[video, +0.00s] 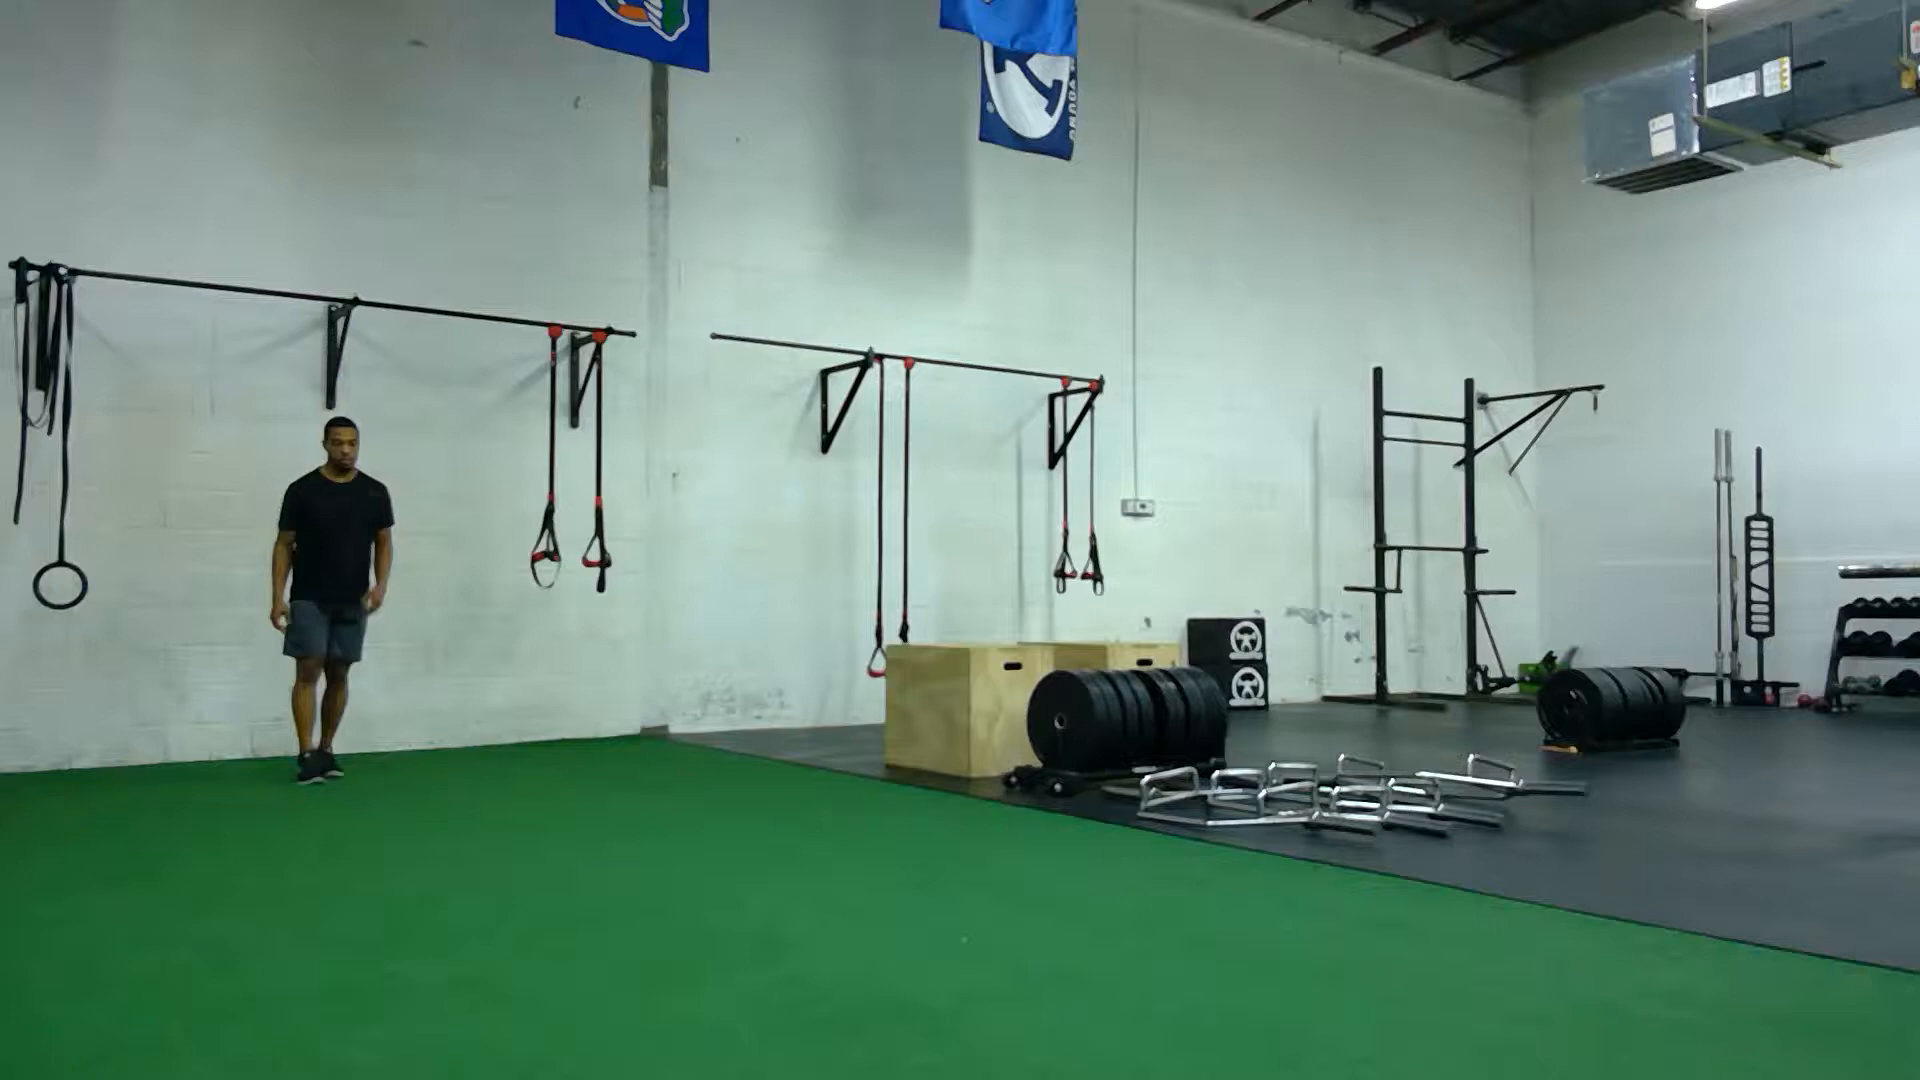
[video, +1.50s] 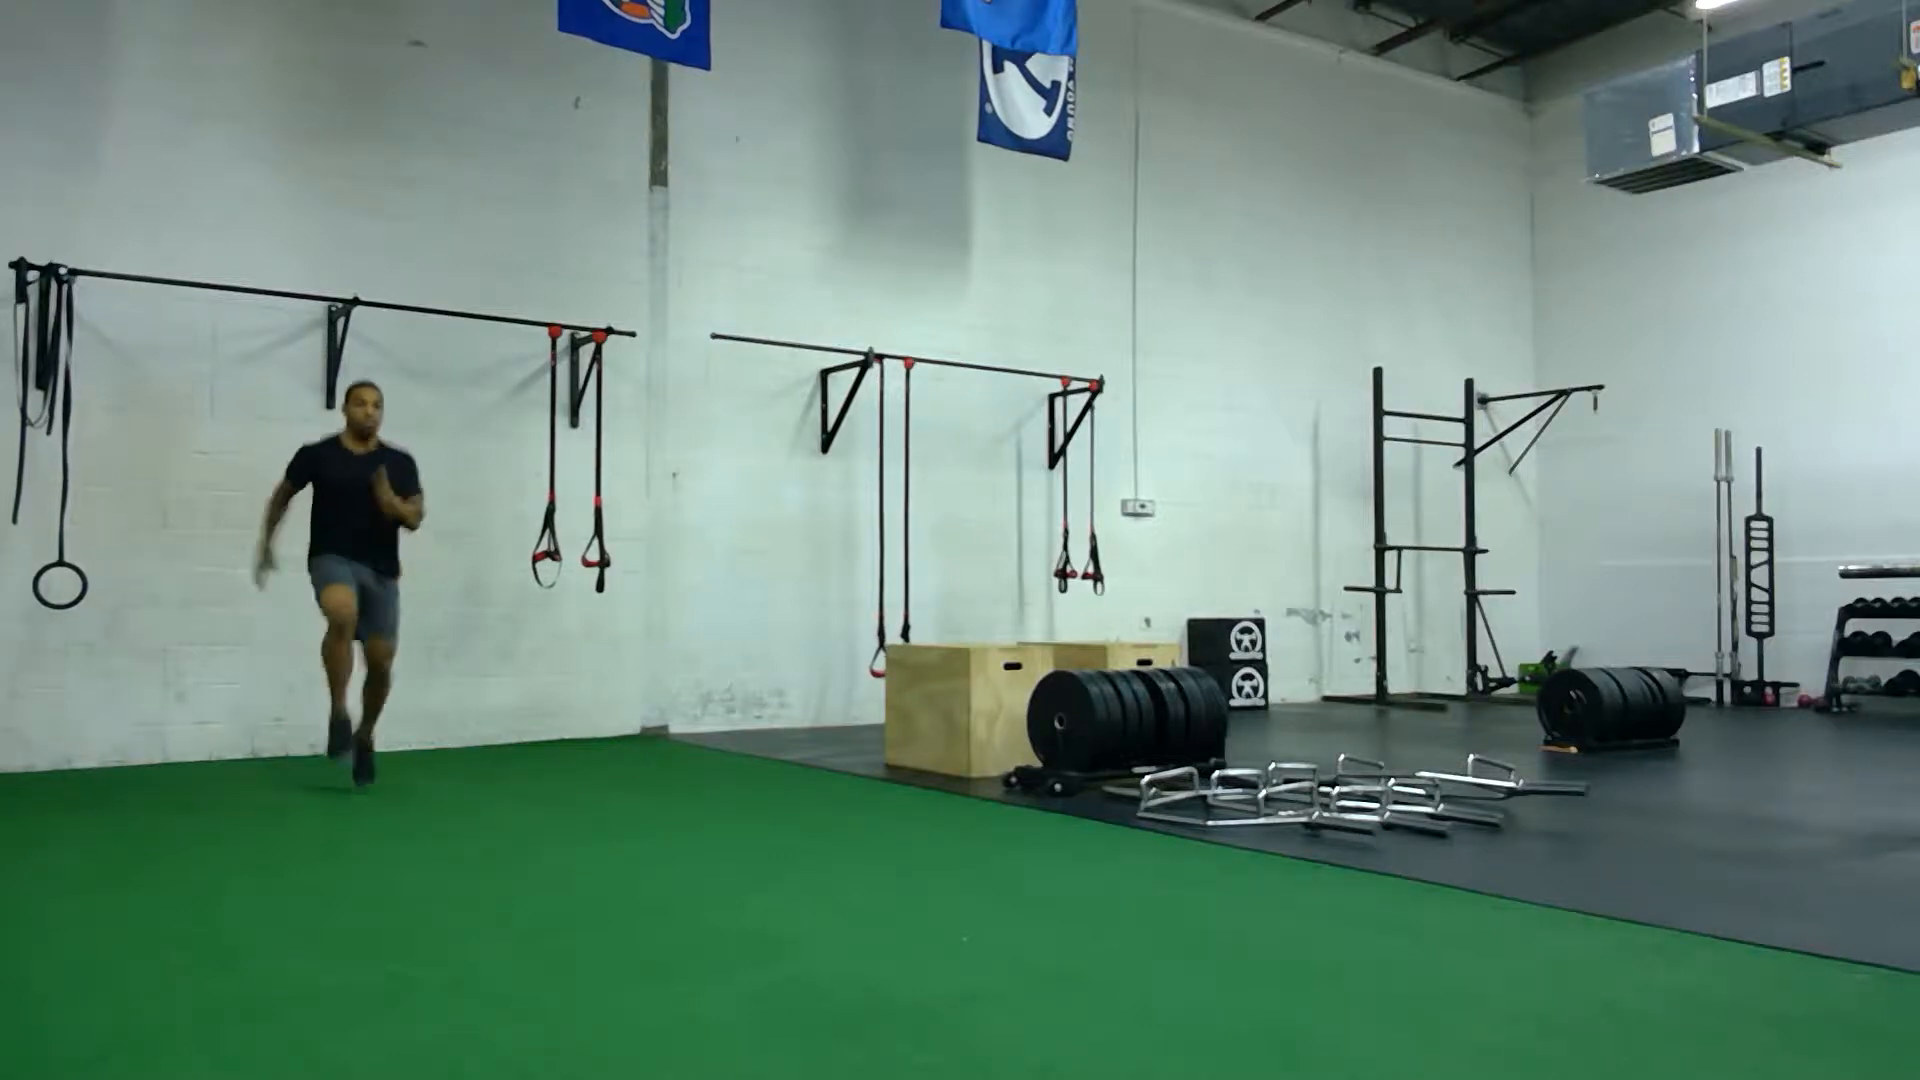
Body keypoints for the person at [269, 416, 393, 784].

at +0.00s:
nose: (345, 450)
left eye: (351, 443)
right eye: (338, 443)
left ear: (358, 446)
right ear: (325, 446)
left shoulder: (375, 492)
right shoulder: (301, 490)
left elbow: (383, 541)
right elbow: (283, 545)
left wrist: (380, 584)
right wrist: (278, 597)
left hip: (352, 597)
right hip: (309, 596)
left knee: (338, 674)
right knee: (308, 671)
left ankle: (326, 750)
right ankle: (306, 753)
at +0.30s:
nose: (350, 454)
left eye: (357, 448)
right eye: (344, 447)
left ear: (365, 451)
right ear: (332, 447)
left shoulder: (377, 495)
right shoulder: (303, 490)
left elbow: (384, 547)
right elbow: (283, 541)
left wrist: (371, 591)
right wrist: (273, 590)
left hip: (351, 590)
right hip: (311, 586)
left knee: (338, 671)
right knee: (319, 641)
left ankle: (326, 750)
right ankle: (307, 715)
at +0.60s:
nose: (354, 465)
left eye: (360, 458)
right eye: (348, 457)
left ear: (367, 457)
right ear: (335, 453)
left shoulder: (380, 496)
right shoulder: (307, 489)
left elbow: (382, 550)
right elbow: (280, 532)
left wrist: (362, 525)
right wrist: (263, 576)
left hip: (351, 588)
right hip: (309, 569)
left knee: (337, 669)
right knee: (321, 591)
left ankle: (325, 750)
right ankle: (322, 666)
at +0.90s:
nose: (353, 467)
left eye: (359, 461)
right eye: (346, 460)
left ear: (365, 462)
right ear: (332, 460)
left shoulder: (380, 501)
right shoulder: (308, 495)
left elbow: (381, 553)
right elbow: (280, 524)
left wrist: (364, 519)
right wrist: (262, 552)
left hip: (352, 591)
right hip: (308, 574)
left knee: (344, 681)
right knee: (319, 597)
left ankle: (327, 749)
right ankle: (314, 675)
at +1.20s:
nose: (346, 439)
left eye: (352, 433)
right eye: (338, 432)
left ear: (359, 438)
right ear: (324, 437)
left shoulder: (380, 481)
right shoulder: (301, 481)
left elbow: (406, 512)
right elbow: (286, 535)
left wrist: (414, 554)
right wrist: (314, 511)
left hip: (360, 582)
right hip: (311, 589)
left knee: (377, 633)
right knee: (309, 674)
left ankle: (353, 690)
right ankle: (300, 748)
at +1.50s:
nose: (369, 412)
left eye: (375, 406)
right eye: (360, 405)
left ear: (383, 413)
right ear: (345, 411)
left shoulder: (399, 461)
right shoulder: (317, 456)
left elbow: (416, 518)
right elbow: (281, 497)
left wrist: (391, 501)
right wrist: (266, 547)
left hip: (380, 568)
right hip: (333, 558)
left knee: (381, 662)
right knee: (342, 615)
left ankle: (365, 738)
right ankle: (339, 715)